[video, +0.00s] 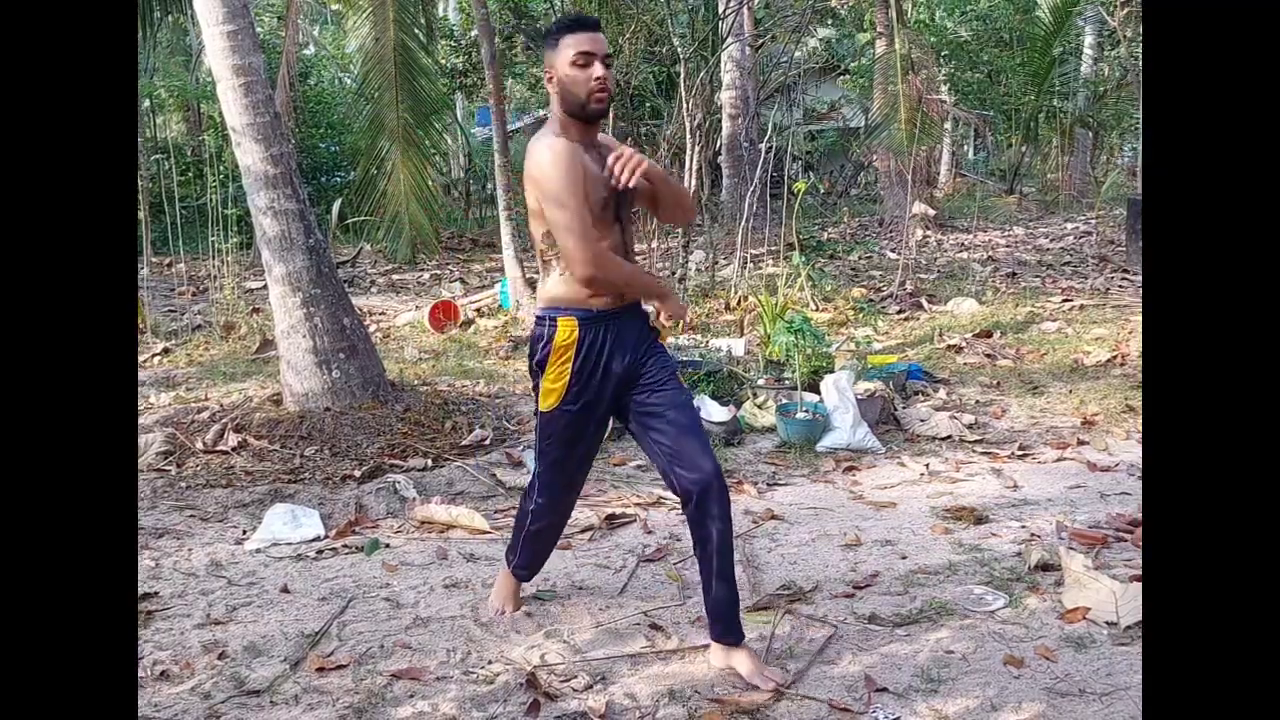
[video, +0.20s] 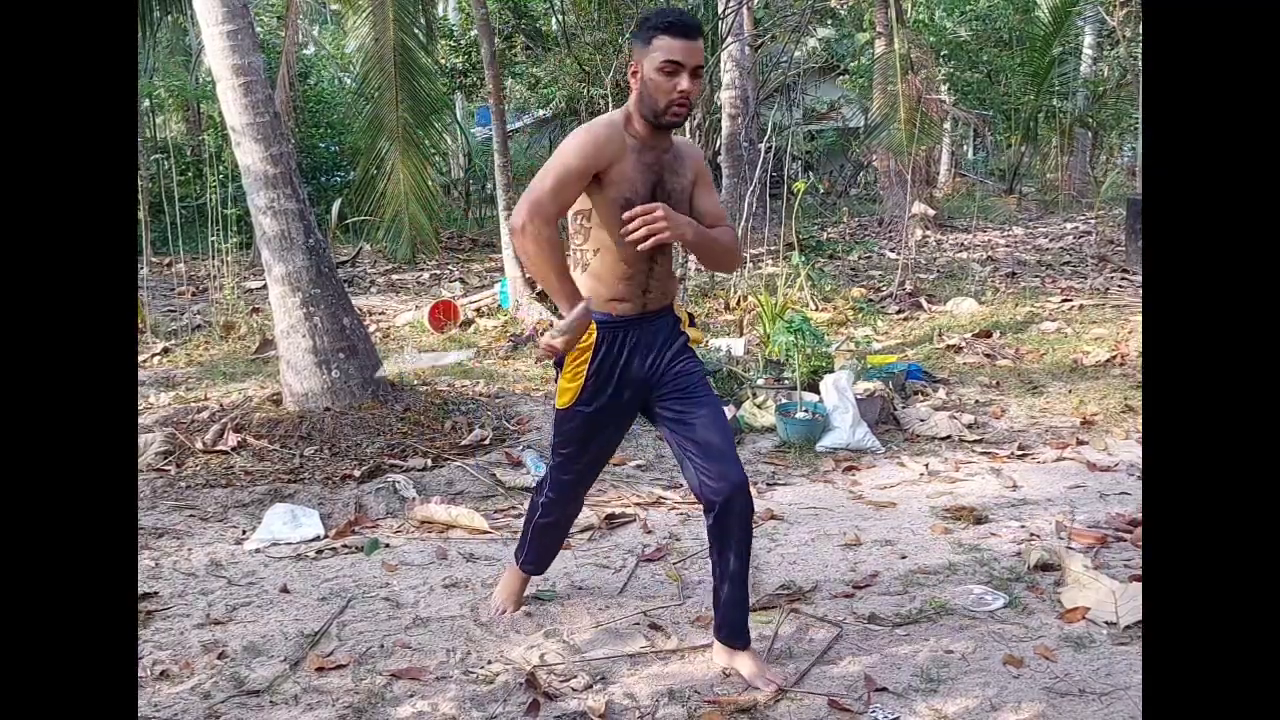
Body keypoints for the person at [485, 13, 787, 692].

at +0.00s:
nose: (601, 73)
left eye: (606, 61)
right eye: (583, 62)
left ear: (610, 72)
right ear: (548, 77)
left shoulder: (605, 147)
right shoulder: (553, 153)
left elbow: (683, 213)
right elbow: (588, 265)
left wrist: (651, 173)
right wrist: (660, 290)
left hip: (633, 334)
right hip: (574, 338)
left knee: (703, 479)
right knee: (555, 489)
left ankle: (727, 641)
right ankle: (511, 579)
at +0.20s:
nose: (686, 86)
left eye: (694, 73)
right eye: (670, 70)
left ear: (699, 78)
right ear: (633, 72)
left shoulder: (688, 158)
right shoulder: (599, 141)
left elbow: (730, 255)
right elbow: (530, 220)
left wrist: (686, 230)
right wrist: (572, 310)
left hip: (666, 340)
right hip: (601, 342)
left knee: (729, 488)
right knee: (565, 483)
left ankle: (732, 644)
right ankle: (521, 573)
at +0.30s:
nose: (722, 81)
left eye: (734, 66)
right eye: (706, 64)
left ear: (745, 69)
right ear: (671, 63)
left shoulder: (744, 152)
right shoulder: (622, 133)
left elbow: (765, 259)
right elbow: (535, 207)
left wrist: (692, 242)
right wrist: (569, 294)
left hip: (694, 336)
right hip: (618, 334)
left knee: (741, 496)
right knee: (575, 478)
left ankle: (732, 646)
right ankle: (537, 568)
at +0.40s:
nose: (722, 78)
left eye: (737, 61)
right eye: (706, 61)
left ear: (752, 60)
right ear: (674, 57)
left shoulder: (766, 145)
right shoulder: (625, 129)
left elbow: (777, 258)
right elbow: (538, 201)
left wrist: (671, 254)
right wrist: (558, 236)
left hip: (714, 336)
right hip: (630, 332)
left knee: (741, 497)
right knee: (578, 477)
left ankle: (731, 644)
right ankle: (562, 574)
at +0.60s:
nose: (707, 71)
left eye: (724, 53)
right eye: (690, 52)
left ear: (743, 46)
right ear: (664, 46)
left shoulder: (763, 134)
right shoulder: (630, 126)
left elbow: (732, 263)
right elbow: (558, 216)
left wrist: (626, 254)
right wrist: (586, 117)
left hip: (740, 334)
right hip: (654, 331)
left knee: (748, 503)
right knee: (604, 493)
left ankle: (732, 641)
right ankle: (551, 660)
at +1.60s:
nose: (434, 70)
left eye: (451, 53)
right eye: (426, 53)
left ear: (495, 53)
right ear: (420, 54)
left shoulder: (527, 137)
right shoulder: (469, 127)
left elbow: (599, 245)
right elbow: (495, 234)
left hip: (511, 350)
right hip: (446, 336)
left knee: (521, 506)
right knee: (419, 505)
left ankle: (545, 594)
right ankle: (458, 670)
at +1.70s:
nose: (417, 72)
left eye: (433, 55)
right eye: (408, 57)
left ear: (475, 55)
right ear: (402, 60)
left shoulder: (502, 132)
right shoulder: (458, 133)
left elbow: (533, 246)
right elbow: (481, 239)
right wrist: (434, 286)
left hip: (518, 344)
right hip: (455, 339)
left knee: (512, 522)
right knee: (427, 508)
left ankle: (562, 591)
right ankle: (458, 669)